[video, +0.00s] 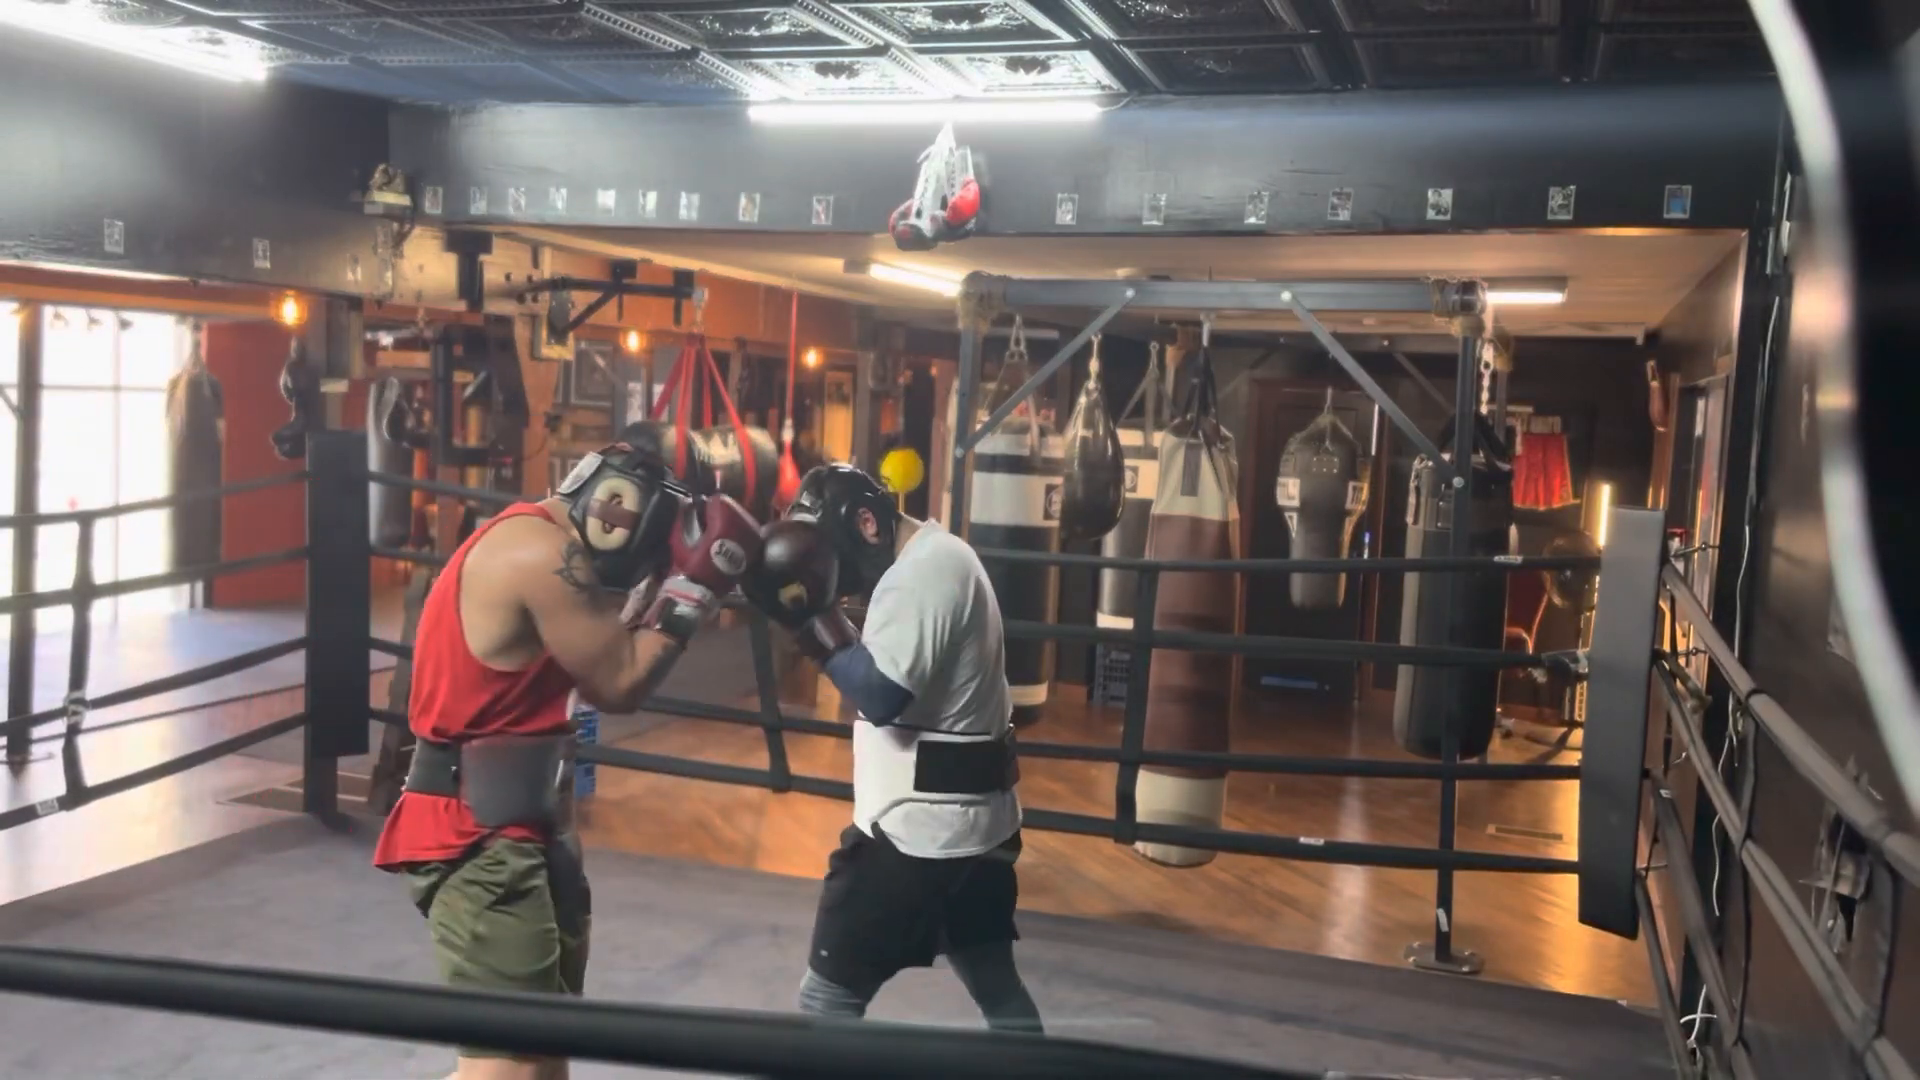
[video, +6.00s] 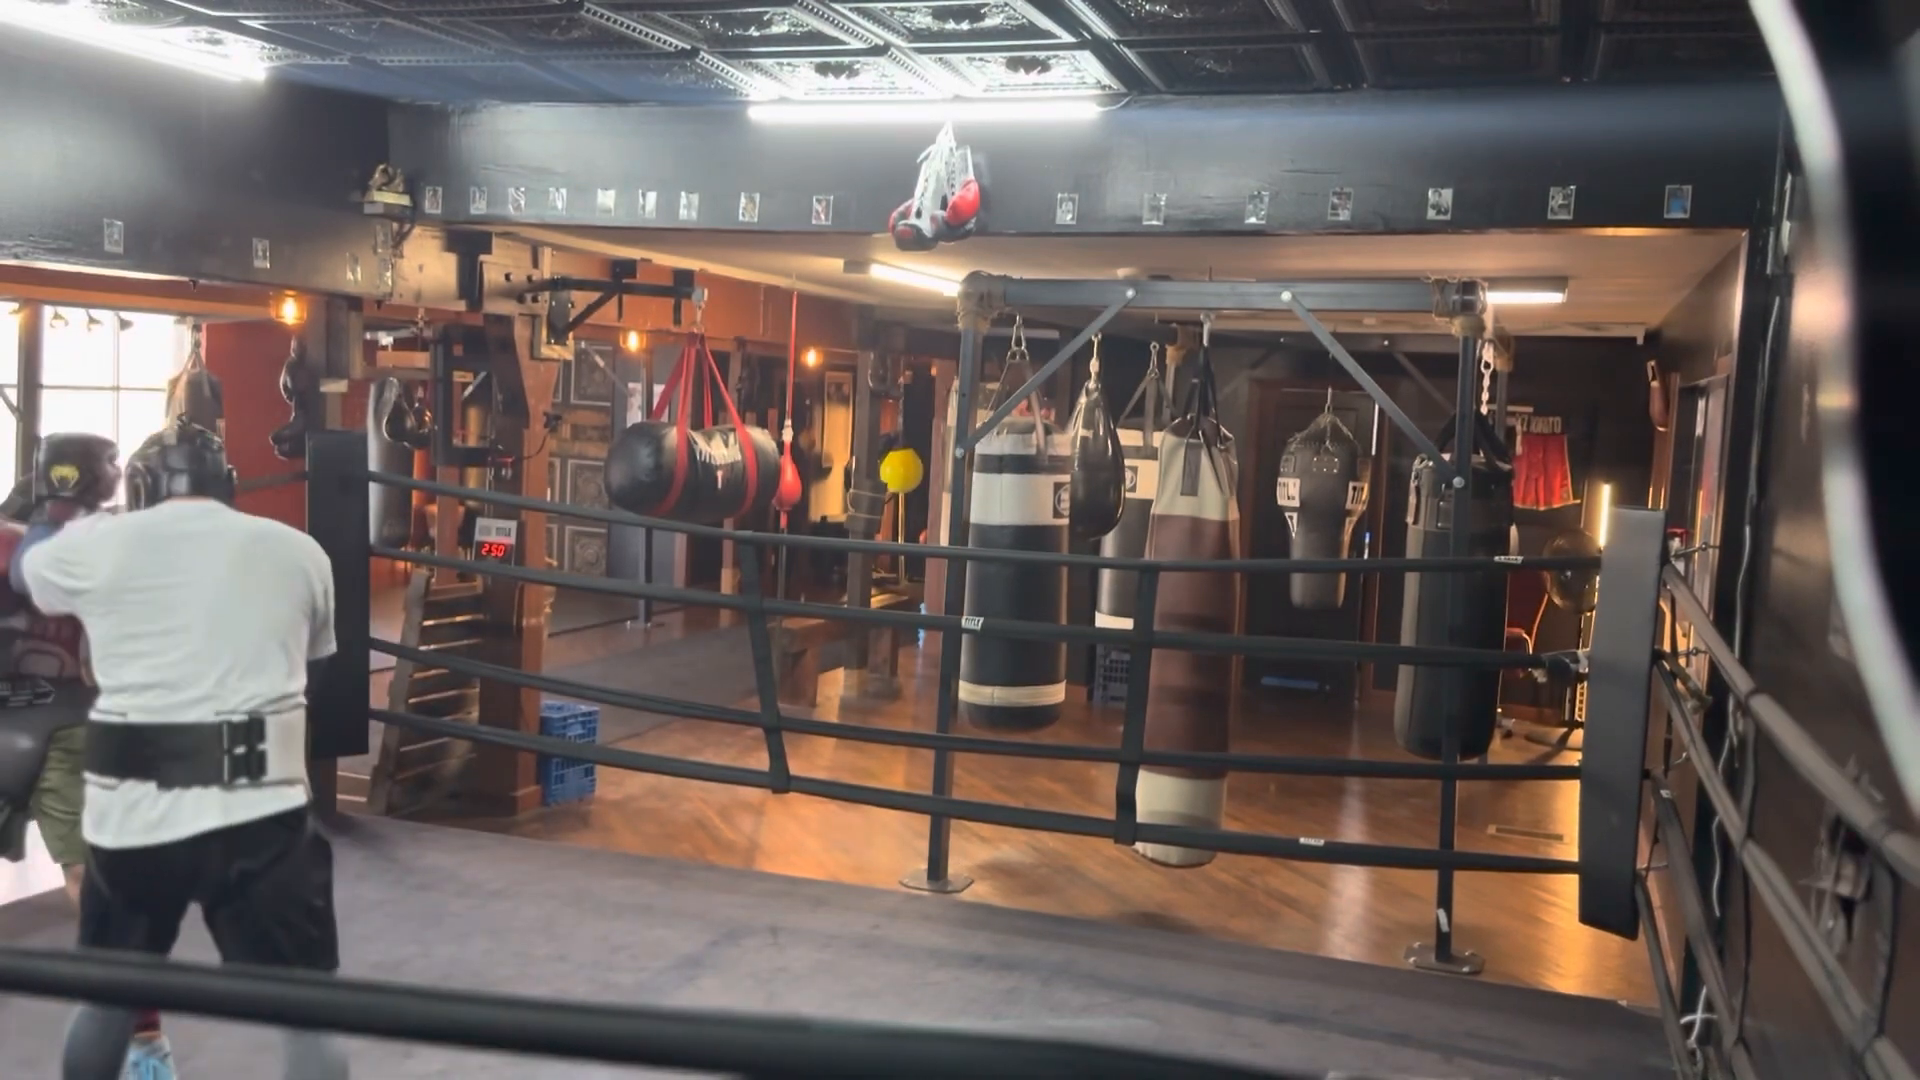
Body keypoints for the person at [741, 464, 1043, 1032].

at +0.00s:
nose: (837, 569)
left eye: (835, 551)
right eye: (828, 556)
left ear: (868, 524)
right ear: (874, 521)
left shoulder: (920, 577)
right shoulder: (948, 556)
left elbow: (881, 697)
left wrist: (811, 623)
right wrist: (828, 619)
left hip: (915, 835)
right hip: (982, 825)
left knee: (826, 1002)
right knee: (995, 984)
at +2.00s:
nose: (625, 560)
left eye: (624, 543)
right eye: (617, 547)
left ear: (657, 530)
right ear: (674, 525)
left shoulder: (705, 572)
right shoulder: (757, 559)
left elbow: (684, 705)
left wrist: (614, 644)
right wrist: (613, 639)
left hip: (743, 831)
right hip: (818, 827)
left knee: (631, 1006)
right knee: (755, 1001)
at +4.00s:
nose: (211, 533)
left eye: (214, 517)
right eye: (211, 517)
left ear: (240, 514)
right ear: (322, 498)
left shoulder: (212, 588)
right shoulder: (419, 567)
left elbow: (128, 702)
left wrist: (109, 618)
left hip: (276, 925)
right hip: (429, 911)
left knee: (212, 1065)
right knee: (467, 1066)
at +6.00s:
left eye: (133, 485)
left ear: (142, 488)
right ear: (227, 484)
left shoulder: (106, 545)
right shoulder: (296, 550)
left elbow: (31, 568)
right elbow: (318, 644)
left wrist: (77, 517)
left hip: (135, 823)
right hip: (265, 820)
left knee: (107, 996)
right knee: (307, 1012)